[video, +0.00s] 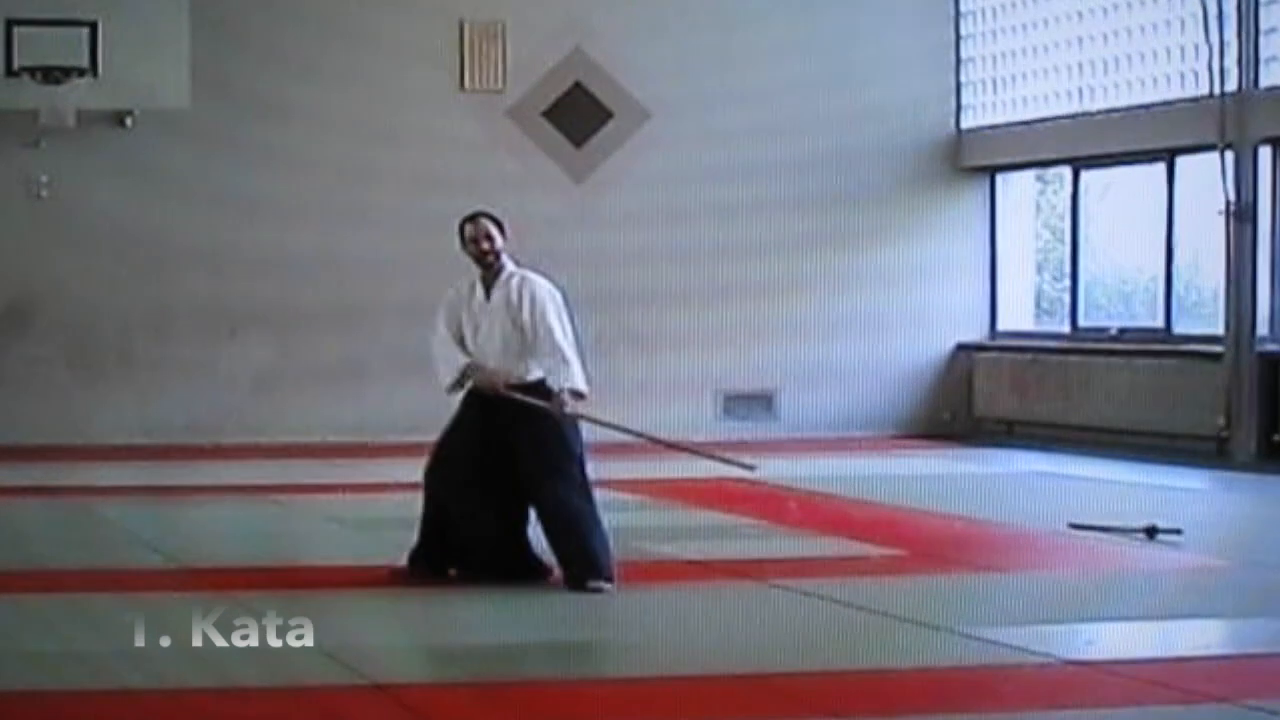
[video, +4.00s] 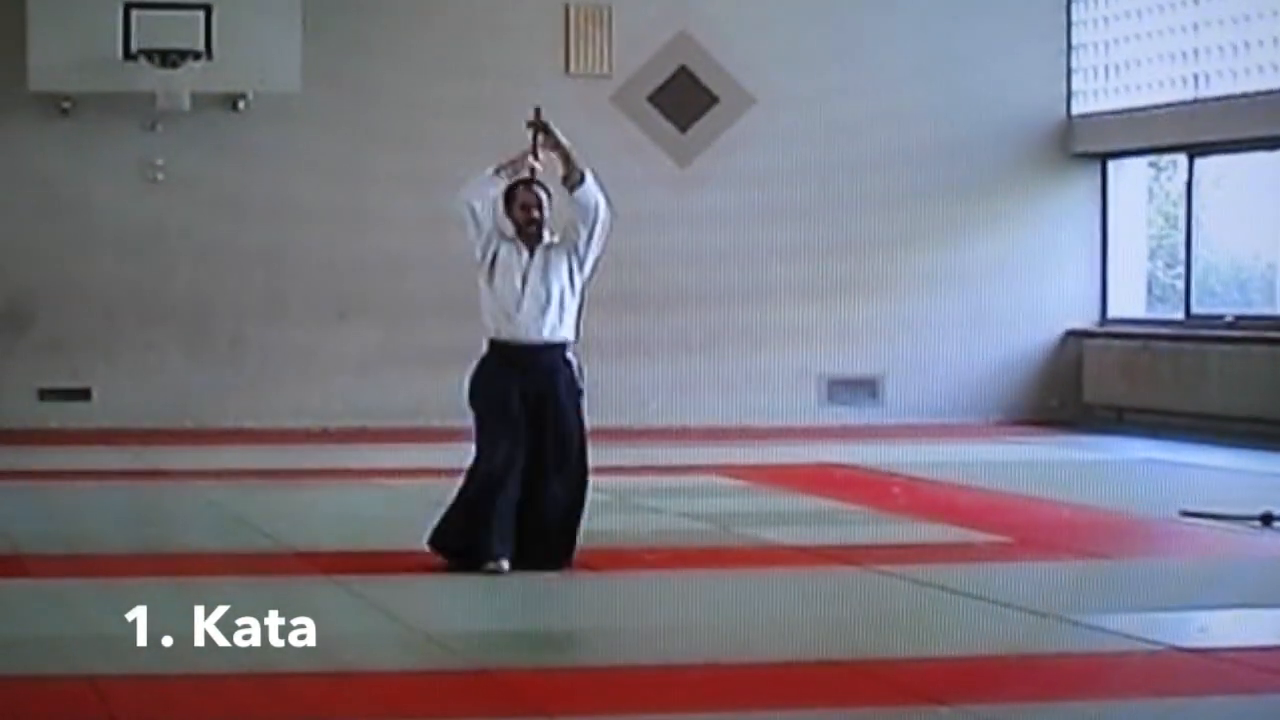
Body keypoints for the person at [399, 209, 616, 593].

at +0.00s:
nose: (483, 246)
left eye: (488, 237)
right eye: (474, 242)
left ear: (503, 239)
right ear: (466, 251)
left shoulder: (533, 289)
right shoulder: (459, 298)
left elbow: (557, 339)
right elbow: (443, 346)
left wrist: (568, 385)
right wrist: (472, 374)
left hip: (537, 396)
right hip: (484, 399)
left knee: (559, 484)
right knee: (445, 474)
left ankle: (589, 570)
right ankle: (430, 563)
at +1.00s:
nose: (474, 243)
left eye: (479, 233)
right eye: (464, 238)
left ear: (494, 234)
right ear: (456, 246)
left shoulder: (523, 279)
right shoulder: (453, 287)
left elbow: (537, 339)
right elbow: (411, 281)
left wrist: (510, 297)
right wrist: (375, 255)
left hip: (531, 388)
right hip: (482, 387)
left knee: (538, 470)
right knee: (451, 466)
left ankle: (545, 551)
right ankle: (442, 551)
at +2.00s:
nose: (617, 230)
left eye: (624, 221)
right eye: (609, 222)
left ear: (637, 226)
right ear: (598, 229)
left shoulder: (655, 274)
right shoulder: (580, 273)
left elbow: (662, 327)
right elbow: (577, 328)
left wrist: (643, 353)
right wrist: (608, 356)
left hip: (640, 377)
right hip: (593, 377)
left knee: (637, 467)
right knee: (595, 466)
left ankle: (646, 556)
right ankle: (600, 554)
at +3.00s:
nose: (511, 236)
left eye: (515, 227)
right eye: (502, 232)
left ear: (530, 226)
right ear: (495, 238)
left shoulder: (555, 273)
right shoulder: (496, 273)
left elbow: (531, 319)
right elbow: (450, 281)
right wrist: (413, 267)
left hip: (551, 383)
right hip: (507, 380)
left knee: (557, 471)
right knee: (472, 462)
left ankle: (592, 554)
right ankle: (469, 551)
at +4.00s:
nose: (530, 210)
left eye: (536, 203)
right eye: (521, 204)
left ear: (547, 209)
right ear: (507, 212)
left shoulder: (568, 255)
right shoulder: (494, 252)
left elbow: (595, 211)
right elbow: (470, 202)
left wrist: (564, 158)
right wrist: (511, 166)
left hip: (554, 363)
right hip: (503, 362)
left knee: (560, 464)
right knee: (501, 459)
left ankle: (545, 555)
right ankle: (494, 551)